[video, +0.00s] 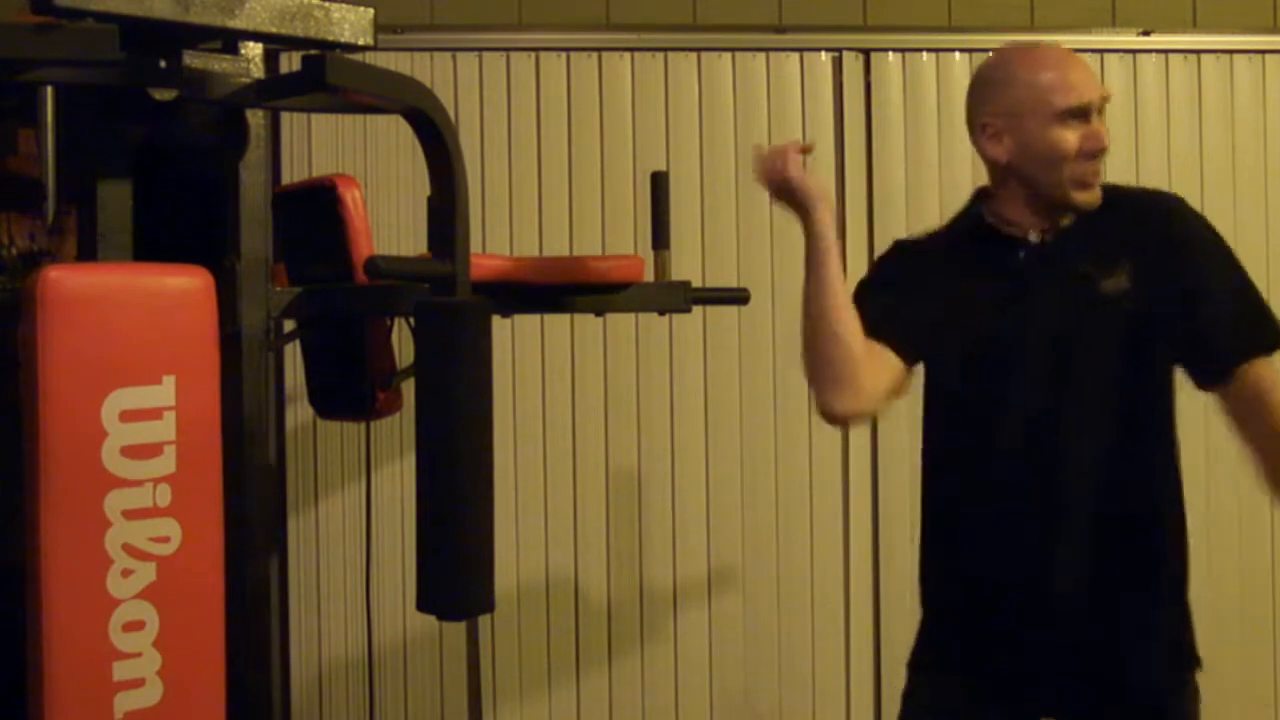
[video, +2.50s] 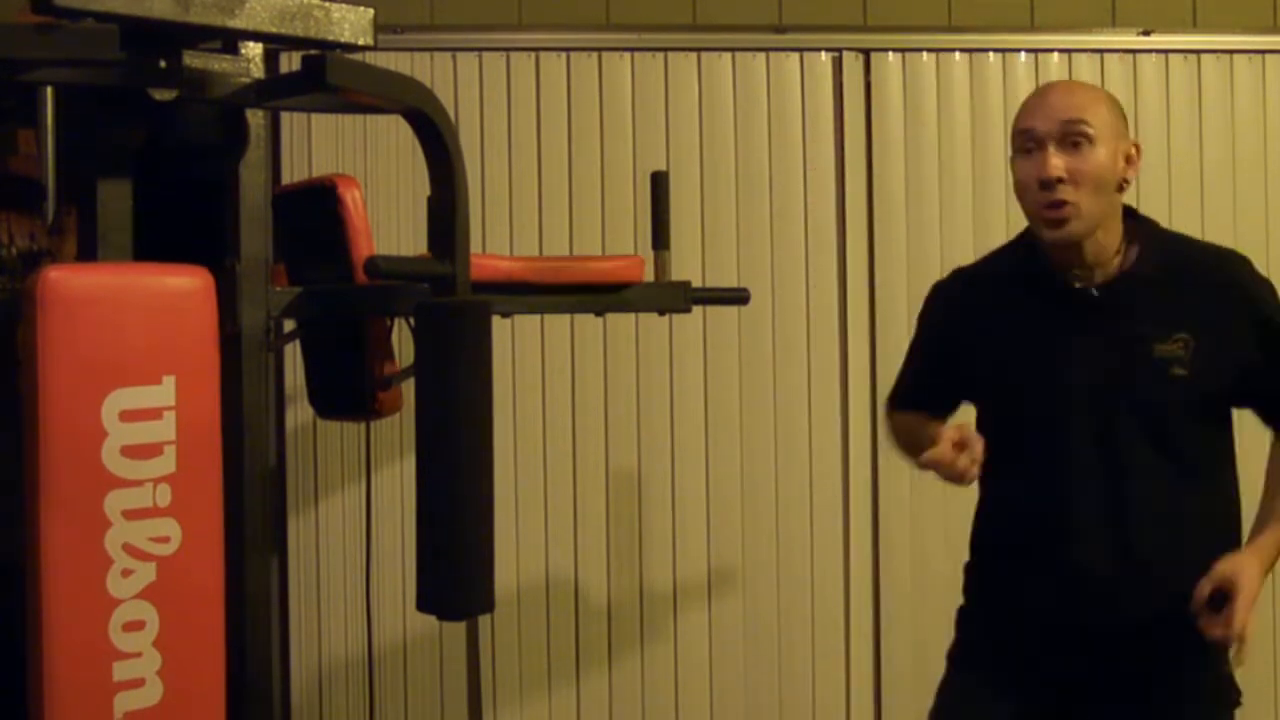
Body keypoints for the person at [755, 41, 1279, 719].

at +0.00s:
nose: (1100, 137)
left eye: (1100, 114)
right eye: (1075, 118)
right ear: (995, 138)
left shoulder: (1159, 235)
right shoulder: (933, 266)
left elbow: (1263, 406)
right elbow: (844, 395)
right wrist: (818, 219)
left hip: (1133, 648)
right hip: (975, 654)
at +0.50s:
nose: (1124, 111)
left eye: (1125, 86)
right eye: (1095, 89)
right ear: (1021, 115)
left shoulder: (1171, 223)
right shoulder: (947, 251)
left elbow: (1268, 339)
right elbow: (858, 395)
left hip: (1147, 619)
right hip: (991, 623)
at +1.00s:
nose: (1107, 114)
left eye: (1108, 91)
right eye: (1077, 94)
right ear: (1003, 119)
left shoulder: (1167, 225)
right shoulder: (939, 250)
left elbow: (1273, 344)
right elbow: (873, 401)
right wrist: (920, 223)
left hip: (1138, 619)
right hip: (981, 618)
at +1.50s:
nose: (986, 178)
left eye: (1003, 155)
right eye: (959, 159)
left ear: (1031, 170)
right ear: (921, 182)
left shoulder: (1120, 280)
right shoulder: (897, 322)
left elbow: (1262, 406)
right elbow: (782, 404)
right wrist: (811, 236)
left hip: (1120, 673)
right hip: (955, 678)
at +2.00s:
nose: (963, 127)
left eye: (987, 107)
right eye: (940, 110)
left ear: (1026, 134)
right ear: (915, 143)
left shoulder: (1092, 258)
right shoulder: (858, 276)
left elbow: (1144, 434)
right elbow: (772, 437)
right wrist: (872, 297)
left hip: (1057, 640)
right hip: (903, 641)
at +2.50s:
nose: (1049, 168)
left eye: (1075, 142)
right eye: (1029, 148)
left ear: (1128, 162)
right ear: (1011, 170)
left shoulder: (1218, 289)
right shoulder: (968, 302)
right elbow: (907, 409)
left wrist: (1259, 553)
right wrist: (938, 446)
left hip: (1170, 660)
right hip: (1010, 655)